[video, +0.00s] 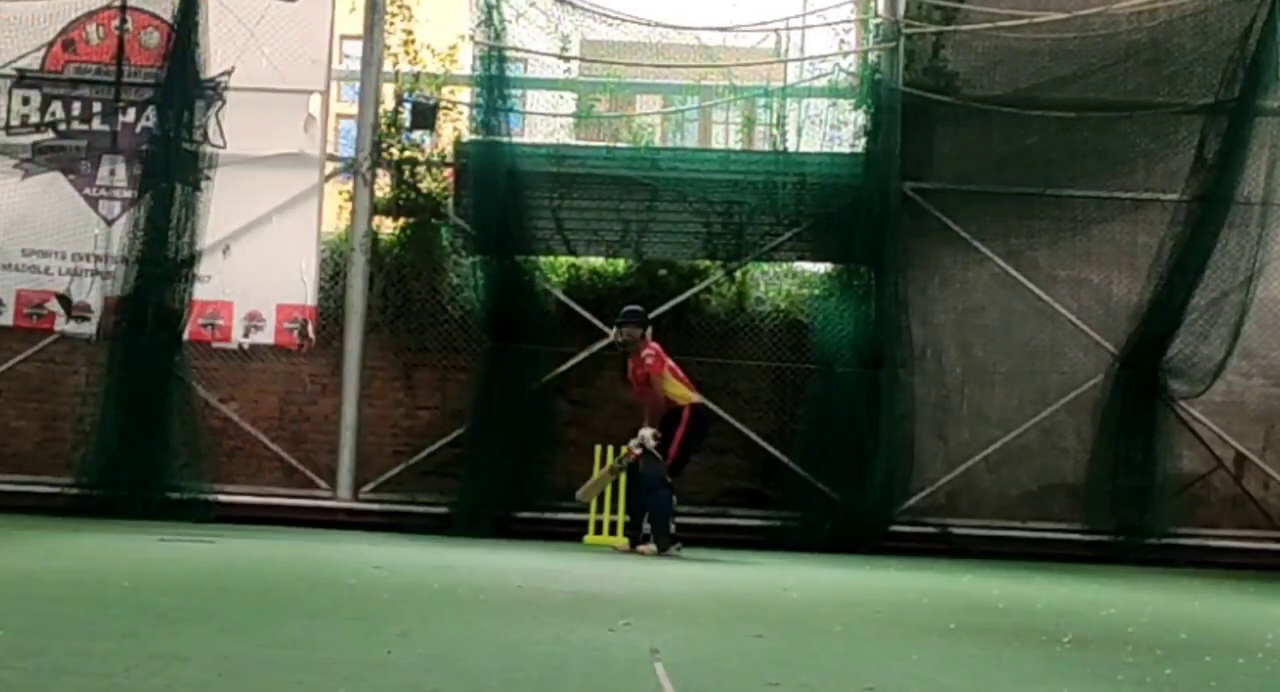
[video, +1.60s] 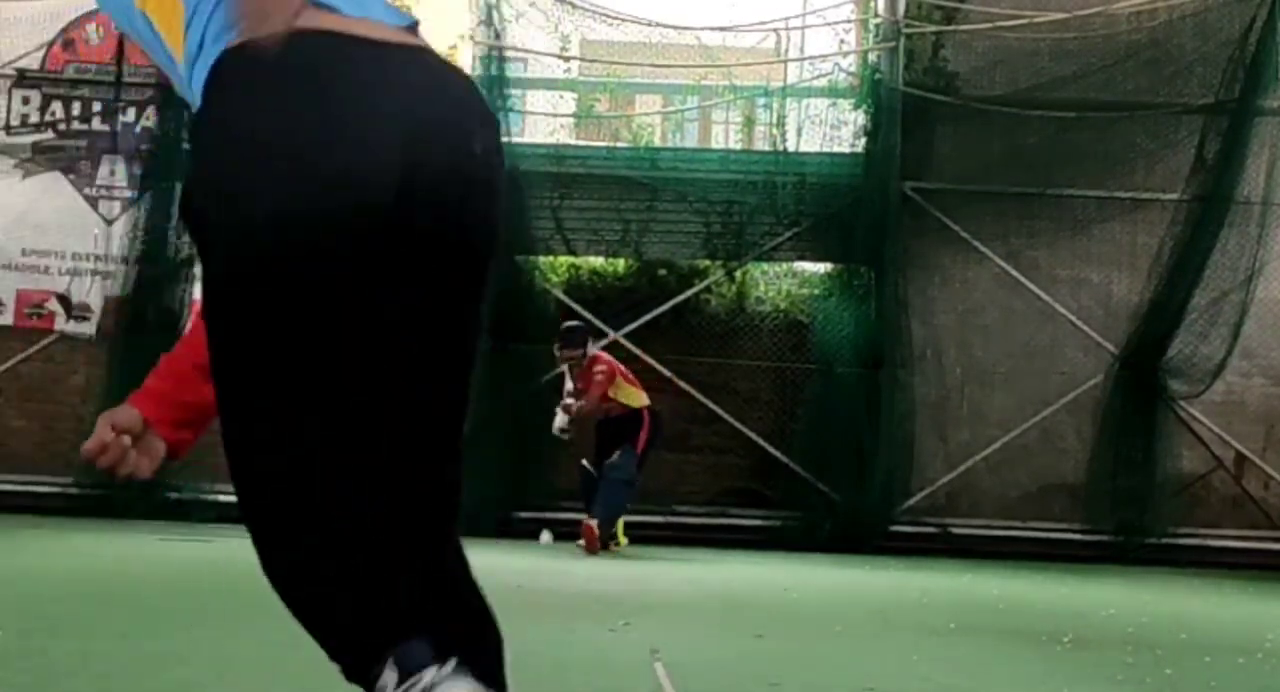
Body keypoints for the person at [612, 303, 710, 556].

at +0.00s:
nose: (628, 334)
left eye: (634, 328)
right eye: (624, 328)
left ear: (645, 331)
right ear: (619, 332)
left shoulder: (650, 355)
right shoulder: (634, 362)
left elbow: (656, 394)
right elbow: (646, 400)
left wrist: (650, 427)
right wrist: (644, 432)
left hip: (688, 408)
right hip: (669, 410)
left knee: (660, 470)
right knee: (643, 466)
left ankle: (663, 539)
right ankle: (638, 535)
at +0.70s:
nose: (623, 323)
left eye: (630, 318)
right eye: (619, 317)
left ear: (639, 322)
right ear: (614, 321)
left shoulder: (645, 351)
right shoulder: (625, 348)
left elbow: (655, 393)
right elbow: (628, 385)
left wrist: (635, 400)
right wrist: (632, 415)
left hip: (672, 406)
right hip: (653, 407)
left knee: (649, 470)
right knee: (632, 466)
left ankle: (661, 538)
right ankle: (638, 535)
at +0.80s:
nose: (622, 325)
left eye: (628, 320)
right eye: (617, 319)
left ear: (637, 324)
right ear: (611, 323)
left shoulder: (641, 353)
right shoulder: (621, 351)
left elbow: (651, 395)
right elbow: (622, 387)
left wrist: (633, 401)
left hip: (670, 407)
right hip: (650, 408)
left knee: (646, 471)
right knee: (632, 465)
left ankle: (660, 538)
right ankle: (640, 534)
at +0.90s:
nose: (617, 329)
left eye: (623, 324)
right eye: (613, 324)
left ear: (632, 328)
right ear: (607, 326)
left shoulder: (637, 356)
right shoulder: (617, 353)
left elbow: (647, 399)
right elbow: (619, 385)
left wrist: (628, 404)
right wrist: (624, 407)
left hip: (667, 409)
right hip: (648, 409)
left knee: (642, 471)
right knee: (627, 465)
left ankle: (661, 539)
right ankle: (611, 532)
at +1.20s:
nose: (594, 335)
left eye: (600, 330)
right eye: (589, 330)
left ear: (609, 333)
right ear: (584, 333)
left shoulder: (620, 360)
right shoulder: (596, 356)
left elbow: (625, 409)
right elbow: (604, 384)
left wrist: (609, 398)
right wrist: (605, 398)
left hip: (651, 405)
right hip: (630, 405)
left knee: (622, 465)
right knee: (609, 463)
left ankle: (642, 530)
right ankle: (598, 533)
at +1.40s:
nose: (584, 345)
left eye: (589, 340)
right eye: (580, 340)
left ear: (599, 342)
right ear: (574, 342)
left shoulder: (609, 367)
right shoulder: (584, 357)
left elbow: (611, 409)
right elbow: (563, 332)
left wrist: (596, 403)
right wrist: (545, 306)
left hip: (643, 405)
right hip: (623, 404)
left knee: (616, 462)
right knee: (606, 461)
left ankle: (601, 526)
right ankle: (607, 530)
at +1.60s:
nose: (571, 364)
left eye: (575, 358)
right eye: (566, 359)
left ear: (586, 351)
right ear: (561, 354)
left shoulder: (602, 364)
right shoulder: (571, 367)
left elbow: (592, 402)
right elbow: (570, 393)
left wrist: (573, 408)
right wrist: (563, 414)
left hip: (636, 413)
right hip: (608, 416)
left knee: (620, 468)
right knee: (601, 470)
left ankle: (600, 529)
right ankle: (610, 532)